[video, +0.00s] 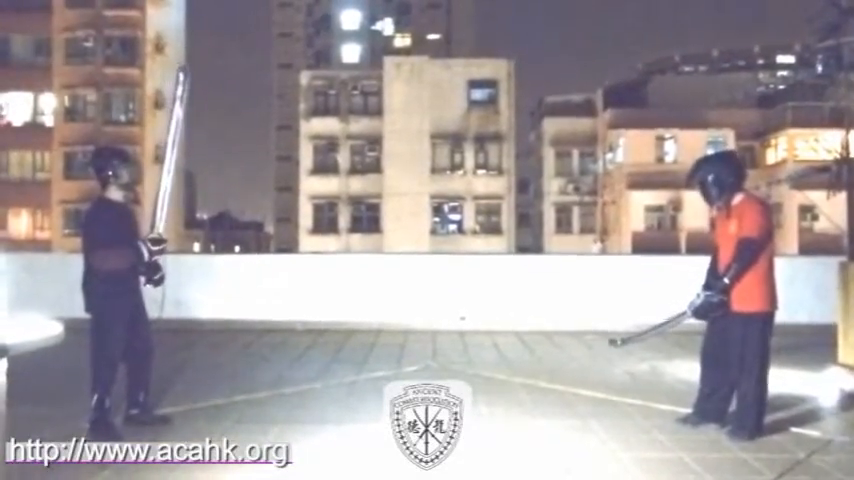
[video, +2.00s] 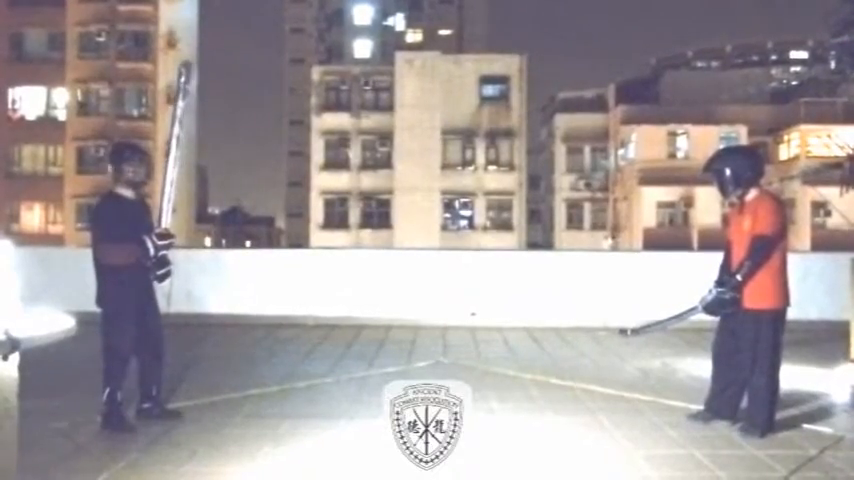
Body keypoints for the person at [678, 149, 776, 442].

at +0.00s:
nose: (704, 192)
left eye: (706, 184)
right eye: (702, 185)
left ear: (722, 180)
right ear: (716, 182)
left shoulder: (752, 208)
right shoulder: (721, 213)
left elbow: (748, 250)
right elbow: (719, 257)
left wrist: (722, 288)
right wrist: (708, 290)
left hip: (753, 303)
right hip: (727, 301)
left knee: (750, 364)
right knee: (716, 357)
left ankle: (746, 422)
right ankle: (708, 410)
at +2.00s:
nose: (719, 186)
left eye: (722, 178)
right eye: (718, 179)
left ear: (738, 176)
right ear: (735, 178)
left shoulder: (767, 205)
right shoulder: (735, 209)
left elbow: (762, 248)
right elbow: (731, 252)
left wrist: (735, 283)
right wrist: (720, 284)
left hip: (765, 300)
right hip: (739, 297)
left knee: (761, 361)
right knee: (727, 353)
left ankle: (758, 419)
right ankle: (720, 407)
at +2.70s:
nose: (715, 186)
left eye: (718, 178)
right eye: (714, 179)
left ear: (733, 175)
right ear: (728, 177)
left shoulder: (762, 205)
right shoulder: (730, 208)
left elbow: (755, 248)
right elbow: (725, 250)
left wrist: (728, 282)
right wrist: (715, 282)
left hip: (759, 297)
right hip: (733, 295)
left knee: (755, 359)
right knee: (721, 351)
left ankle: (753, 415)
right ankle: (715, 404)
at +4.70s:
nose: (721, 164)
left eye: (725, 156)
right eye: (720, 157)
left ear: (740, 153)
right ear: (736, 156)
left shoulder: (770, 184)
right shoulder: (737, 189)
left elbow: (764, 227)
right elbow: (733, 231)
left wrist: (737, 263)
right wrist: (724, 264)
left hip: (768, 278)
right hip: (742, 276)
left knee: (765, 339)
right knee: (732, 332)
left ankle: (764, 396)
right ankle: (726, 384)